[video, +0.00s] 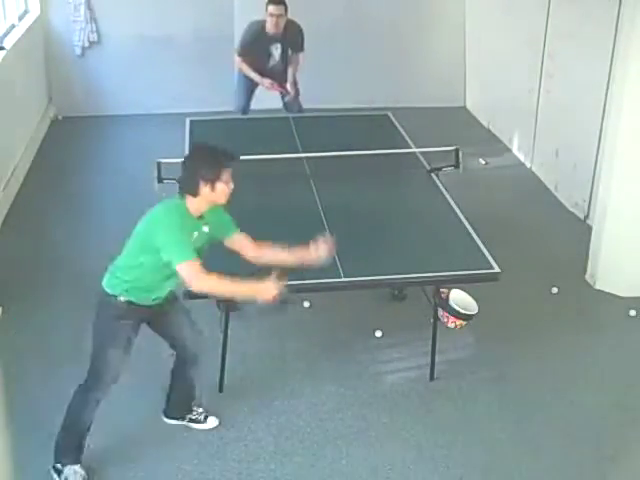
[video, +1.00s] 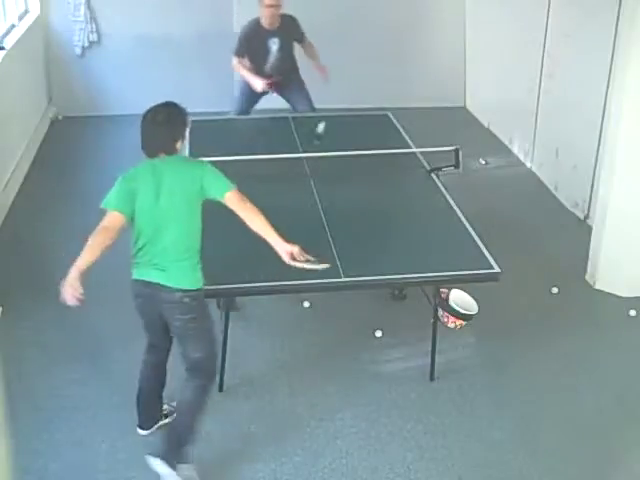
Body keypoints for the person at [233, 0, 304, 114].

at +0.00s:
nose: (275, 21)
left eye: (280, 16)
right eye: (271, 16)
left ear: (286, 17)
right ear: (266, 15)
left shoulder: (294, 30)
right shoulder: (254, 29)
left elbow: (294, 58)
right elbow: (239, 61)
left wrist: (290, 82)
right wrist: (261, 80)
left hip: (280, 74)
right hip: (252, 71)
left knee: (296, 110)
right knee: (241, 109)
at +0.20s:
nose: (271, 20)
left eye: (276, 16)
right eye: (268, 15)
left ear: (282, 16)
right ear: (262, 15)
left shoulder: (291, 29)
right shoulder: (251, 29)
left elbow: (292, 56)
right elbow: (236, 58)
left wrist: (287, 82)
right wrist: (257, 80)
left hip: (278, 73)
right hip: (250, 71)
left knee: (295, 111)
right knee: (239, 110)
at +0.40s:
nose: (266, 16)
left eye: (270, 12)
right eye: (262, 11)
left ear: (277, 13)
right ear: (257, 11)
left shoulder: (287, 26)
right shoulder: (247, 27)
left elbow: (292, 54)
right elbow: (234, 57)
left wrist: (287, 78)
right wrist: (256, 79)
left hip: (276, 71)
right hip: (248, 69)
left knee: (294, 110)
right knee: (234, 109)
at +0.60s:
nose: (253, 12)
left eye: (258, 7)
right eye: (250, 7)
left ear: (264, 8)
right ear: (245, 8)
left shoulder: (276, 21)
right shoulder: (236, 25)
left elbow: (286, 48)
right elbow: (227, 56)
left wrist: (285, 76)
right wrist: (249, 77)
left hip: (270, 71)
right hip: (241, 69)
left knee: (288, 111)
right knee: (228, 108)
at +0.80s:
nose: (248, 9)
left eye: (252, 4)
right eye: (244, 4)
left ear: (259, 5)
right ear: (240, 6)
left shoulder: (273, 20)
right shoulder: (233, 24)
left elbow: (288, 45)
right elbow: (220, 56)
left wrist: (290, 73)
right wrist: (238, 79)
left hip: (273, 76)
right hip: (244, 76)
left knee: (291, 112)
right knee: (229, 112)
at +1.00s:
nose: (272, 11)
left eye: (275, 7)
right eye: (268, 7)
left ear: (280, 8)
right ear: (261, 8)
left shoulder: (289, 23)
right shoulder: (250, 29)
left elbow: (305, 44)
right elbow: (236, 62)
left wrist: (317, 64)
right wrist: (254, 80)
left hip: (286, 78)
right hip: (256, 78)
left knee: (308, 113)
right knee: (238, 115)